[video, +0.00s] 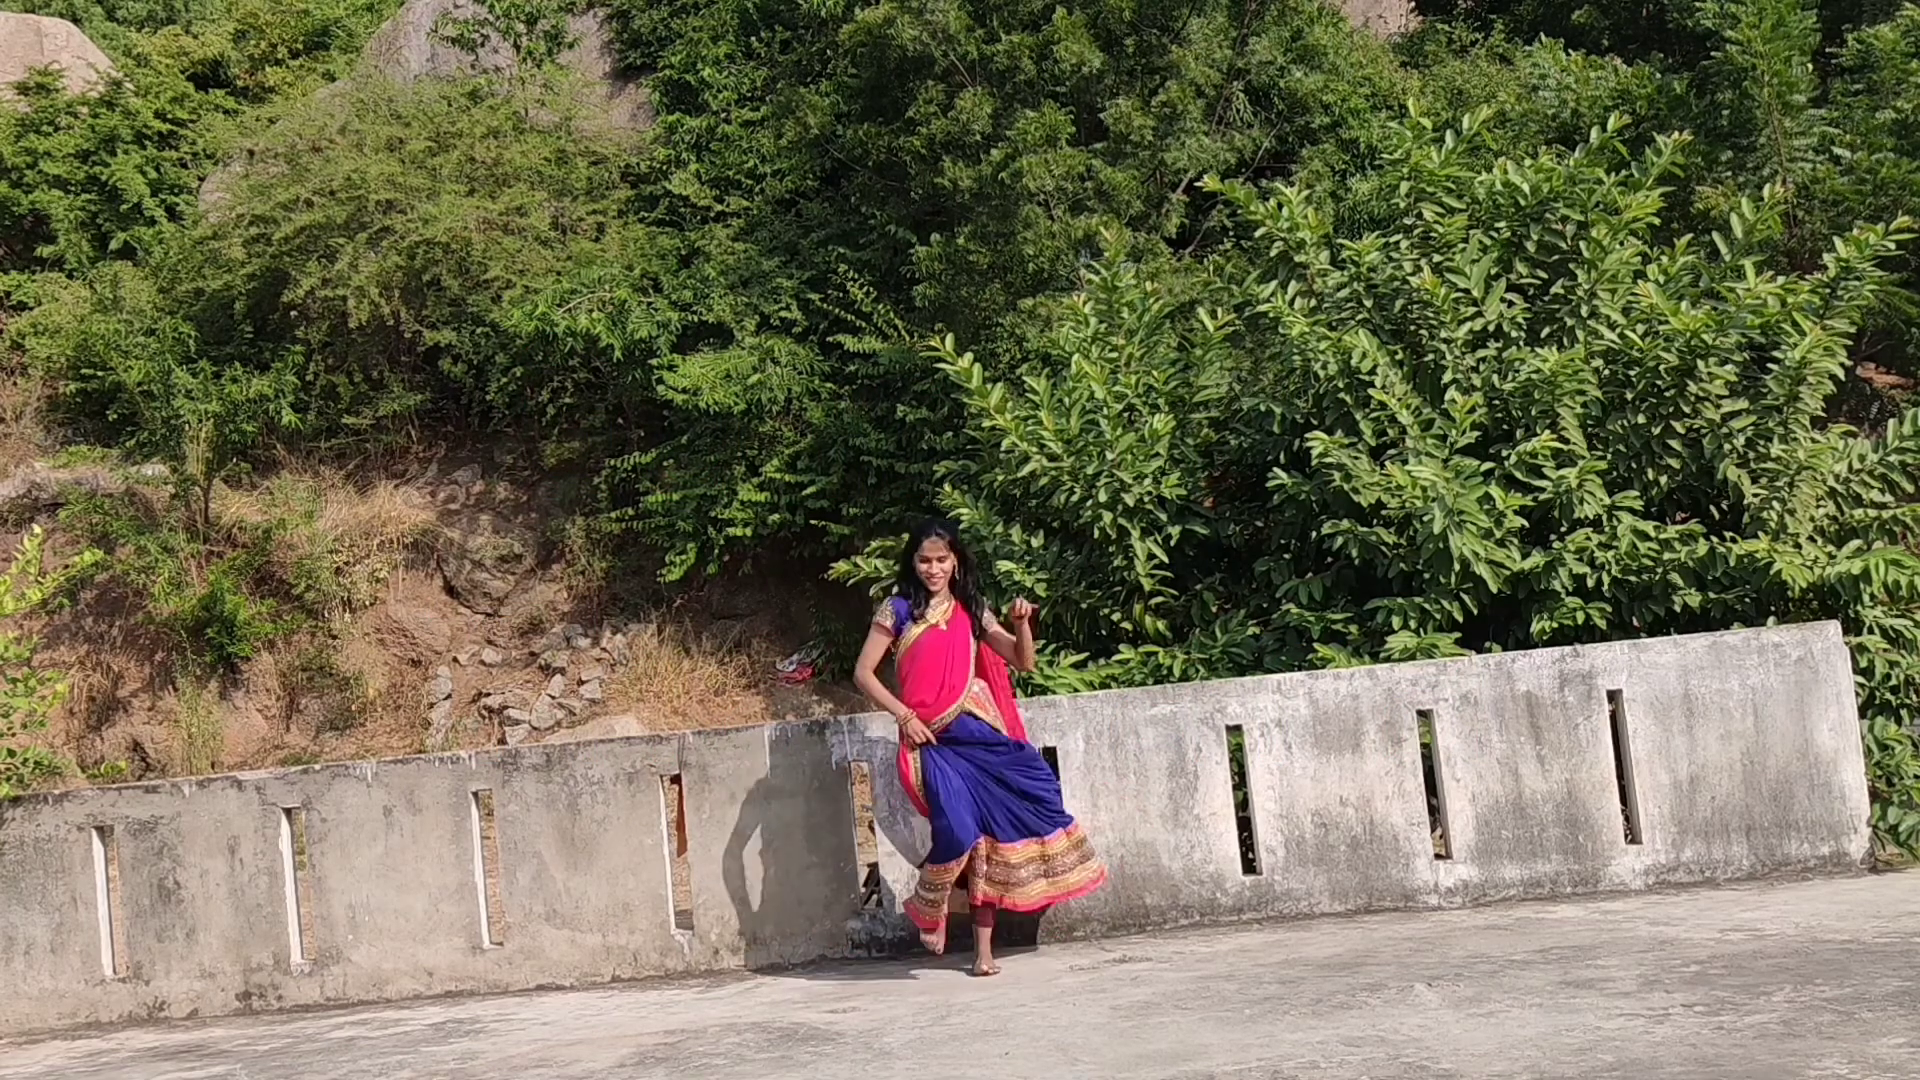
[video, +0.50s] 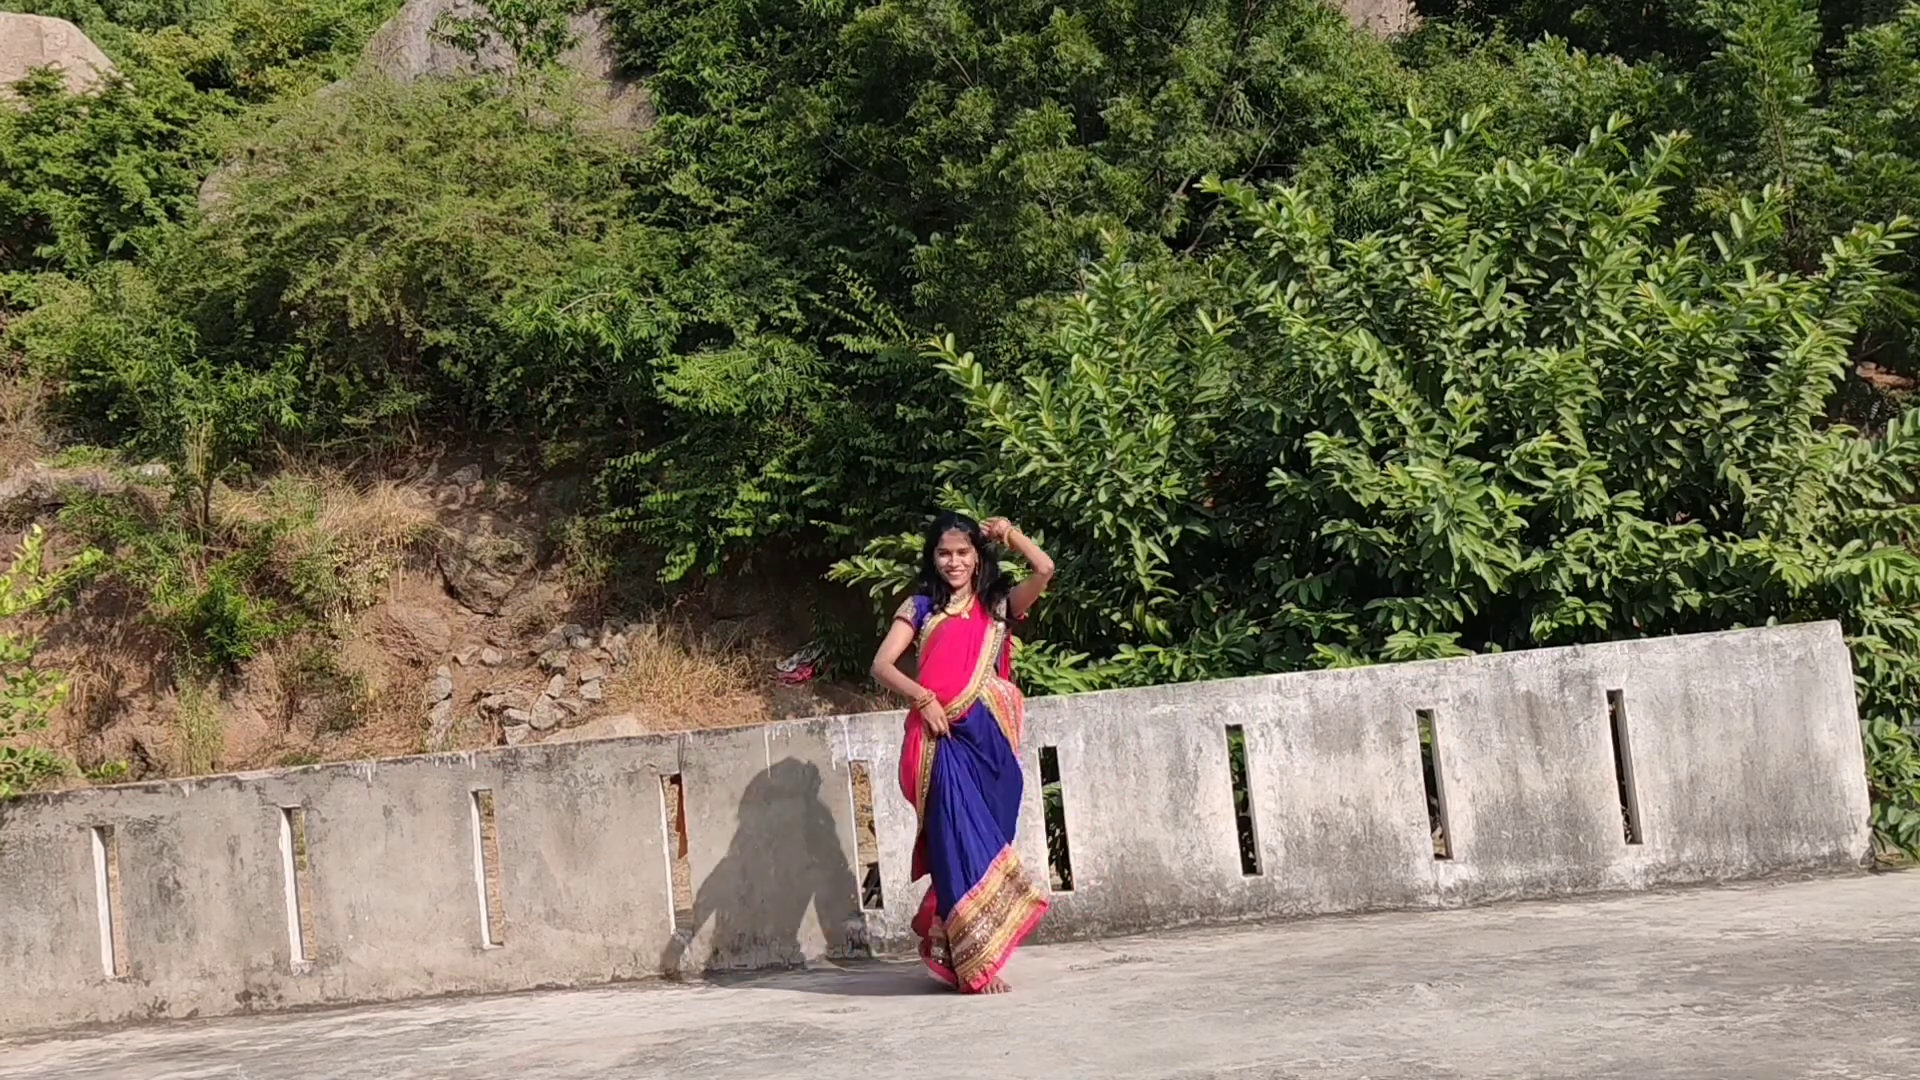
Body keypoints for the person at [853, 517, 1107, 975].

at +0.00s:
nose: (932, 568)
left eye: (941, 559)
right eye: (924, 559)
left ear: (956, 562)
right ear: (912, 563)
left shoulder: (971, 609)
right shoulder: (897, 609)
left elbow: (1023, 662)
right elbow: (862, 672)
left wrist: (1023, 624)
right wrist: (903, 715)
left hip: (979, 731)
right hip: (930, 737)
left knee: (986, 836)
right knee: (960, 833)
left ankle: (983, 947)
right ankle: (930, 906)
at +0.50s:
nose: (952, 562)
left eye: (961, 553)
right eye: (944, 554)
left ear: (978, 557)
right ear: (933, 559)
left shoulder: (1000, 604)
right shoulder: (921, 606)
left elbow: (1044, 571)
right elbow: (881, 665)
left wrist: (1010, 534)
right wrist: (923, 697)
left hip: (990, 733)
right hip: (940, 735)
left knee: (982, 837)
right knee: (961, 840)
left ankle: (938, 925)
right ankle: (978, 963)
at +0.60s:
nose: (956, 552)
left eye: (965, 544)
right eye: (947, 544)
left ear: (982, 551)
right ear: (935, 551)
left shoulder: (1001, 600)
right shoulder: (923, 601)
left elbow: (1053, 563)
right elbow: (880, 657)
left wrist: (1016, 530)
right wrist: (924, 698)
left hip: (994, 729)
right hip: (944, 733)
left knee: (1004, 840)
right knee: (958, 841)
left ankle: (948, 946)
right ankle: (977, 963)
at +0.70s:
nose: (958, 541)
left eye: (967, 534)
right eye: (950, 534)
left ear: (984, 543)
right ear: (937, 544)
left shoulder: (1004, 593)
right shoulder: (926, 593)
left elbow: (1061, 559)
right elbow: (883, 648)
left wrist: (1019, 524)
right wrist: (927, 702)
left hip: (998, 723)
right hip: (945, 728)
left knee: (1009, 832)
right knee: (954, 838)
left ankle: (1015, 943)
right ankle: (968, 960)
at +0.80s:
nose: (962, 533)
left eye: (971, 526)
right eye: (953, 527)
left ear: (988, 537)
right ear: (941, 539)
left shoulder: (1007, 590)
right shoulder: (930, 589)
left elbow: (1068, 556)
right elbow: (886, 644)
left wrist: (1025, 520)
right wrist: (929, 705)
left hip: (1001, 726)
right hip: (951, 731)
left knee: (1006, 838)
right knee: (957, 841)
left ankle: (992, 951)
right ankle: (962, 961)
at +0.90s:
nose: (966, 529)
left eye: (975, 521)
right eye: (957, 523)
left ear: (993, 533)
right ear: (945, 537)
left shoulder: (1012, 588)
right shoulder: (936, 587)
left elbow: (1075, 551)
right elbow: (892, 645)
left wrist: (1027, 516)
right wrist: (932, 711)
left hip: (1007, 726)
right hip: (955, 730)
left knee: (1017, 838)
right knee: (957, 840)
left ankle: (1039, 962)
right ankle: (961, 960)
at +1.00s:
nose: (972, 526)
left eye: (980, 518)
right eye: (962, 521)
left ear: (998, 530)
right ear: (951, 537)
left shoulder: (1019, 585)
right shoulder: (942, 588)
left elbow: (1080, 548)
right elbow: (897, 649)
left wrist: (1032, 514)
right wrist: (935, 716)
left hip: (1014, 728)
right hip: (960, 732)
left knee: (1021, 846)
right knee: (964, 846)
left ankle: (1030, 969)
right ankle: (965, 963)